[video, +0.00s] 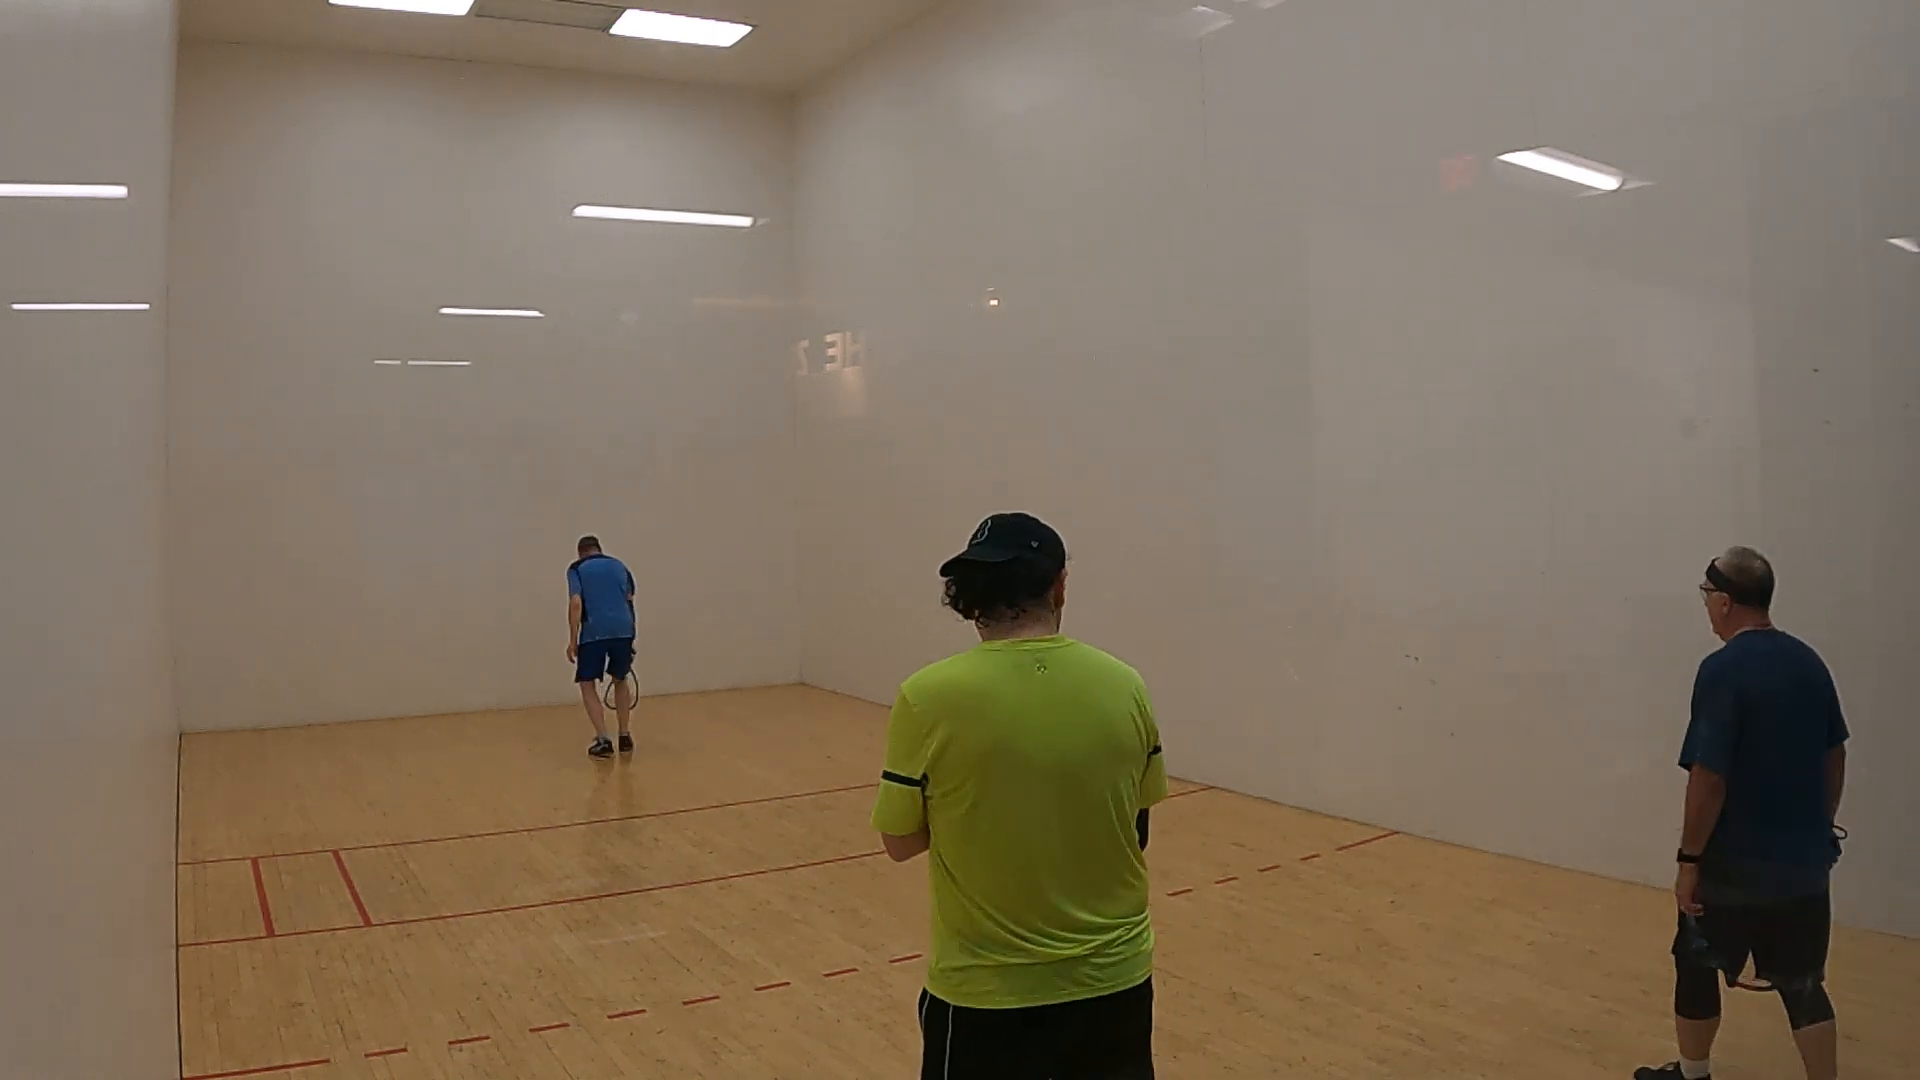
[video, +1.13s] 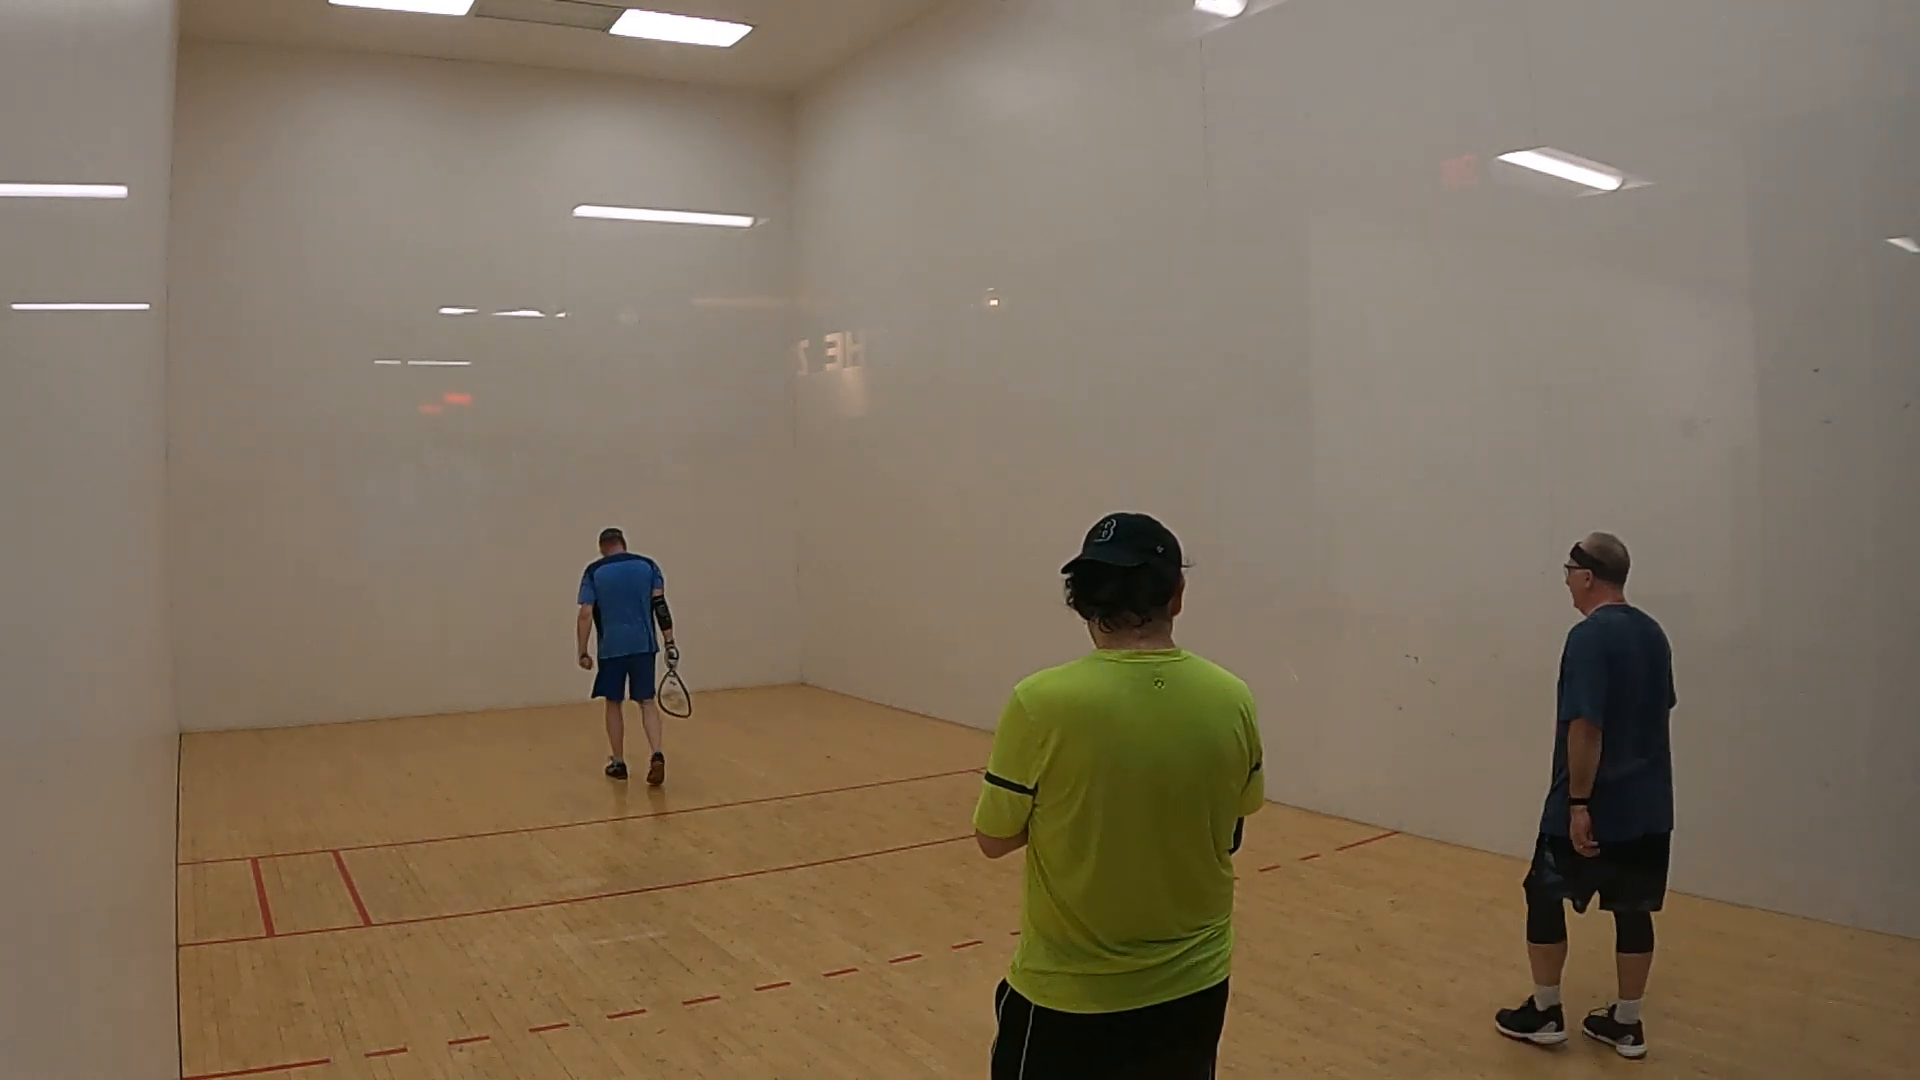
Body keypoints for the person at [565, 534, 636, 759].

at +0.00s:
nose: (580, 558)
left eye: (579, 555)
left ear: (580, 553)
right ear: (600, 549)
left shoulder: (576, 568)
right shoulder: (618, 564)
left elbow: (576, 602)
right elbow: (630, 597)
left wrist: (573, 640)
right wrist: (630, 636)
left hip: (594, 634)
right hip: (624, 632)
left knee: (587, 684)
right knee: (620, 680)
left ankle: (603, 739)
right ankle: (624, 734)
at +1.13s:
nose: (604, 553)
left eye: (602, 550)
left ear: (601, 548)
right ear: (624, 544)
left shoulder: (594, 571)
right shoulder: (647, 565)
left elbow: (585, 614)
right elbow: (659, 605)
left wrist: (582, 650)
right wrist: (670, 642)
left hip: (612, 651)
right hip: (644, 648)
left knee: (613, 703)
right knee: (647, 702)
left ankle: (618, 762)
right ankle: (657, 754)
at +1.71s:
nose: (636, 551)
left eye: (633, 546)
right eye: (642, 546)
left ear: (629, 547)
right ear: (654, 546)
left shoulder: (617, 571)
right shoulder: (675, 570)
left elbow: (609, 615)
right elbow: (685, 616)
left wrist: (599, 653)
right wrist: (693, 655)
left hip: (629, 660)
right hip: (663, 659)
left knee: (629, 716)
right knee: (659, 715)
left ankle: (644, 773)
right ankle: (658, 775)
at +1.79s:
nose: (635, 554)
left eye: (632, 549)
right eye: (644, 548)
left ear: (628, 550)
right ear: (654, 549)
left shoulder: (617, 574)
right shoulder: (675, 572)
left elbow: (606, 619)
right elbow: (685, 617)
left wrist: (594, 653)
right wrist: (694, 656)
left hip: (631, 662)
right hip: (664, 660)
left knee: (637, 721)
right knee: (660, 715)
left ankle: (648, 784)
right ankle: (658, 777)